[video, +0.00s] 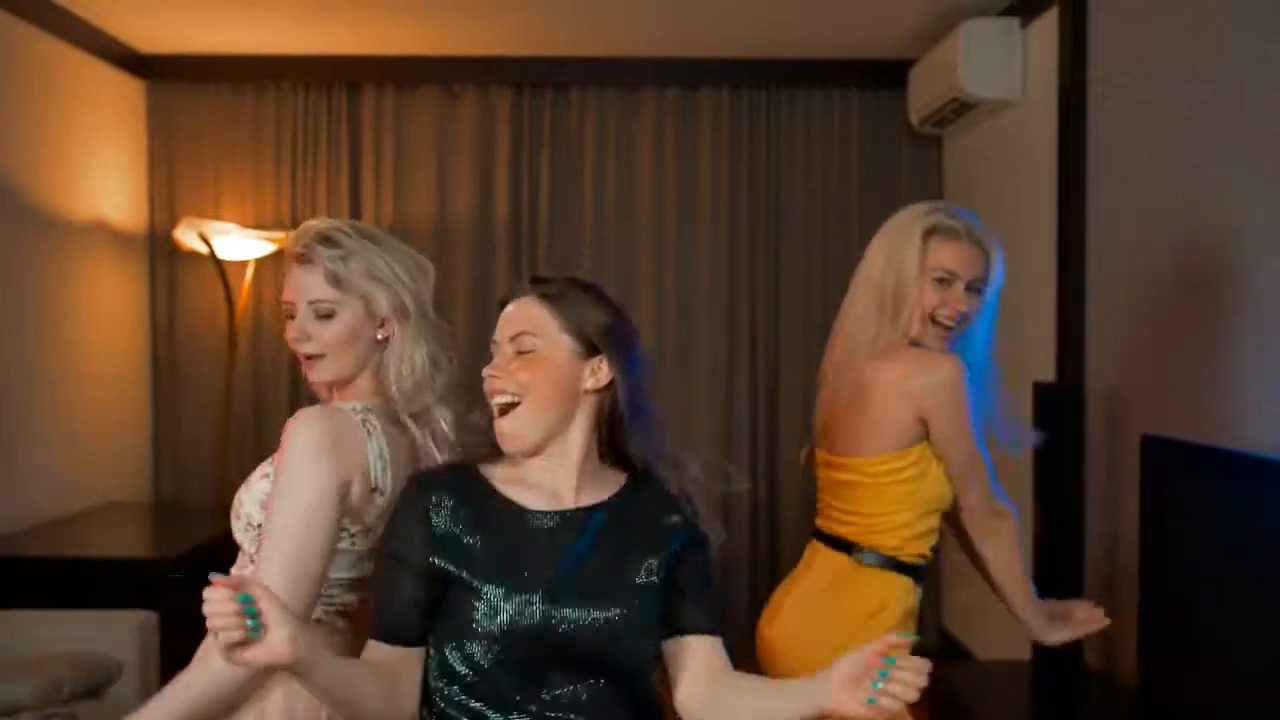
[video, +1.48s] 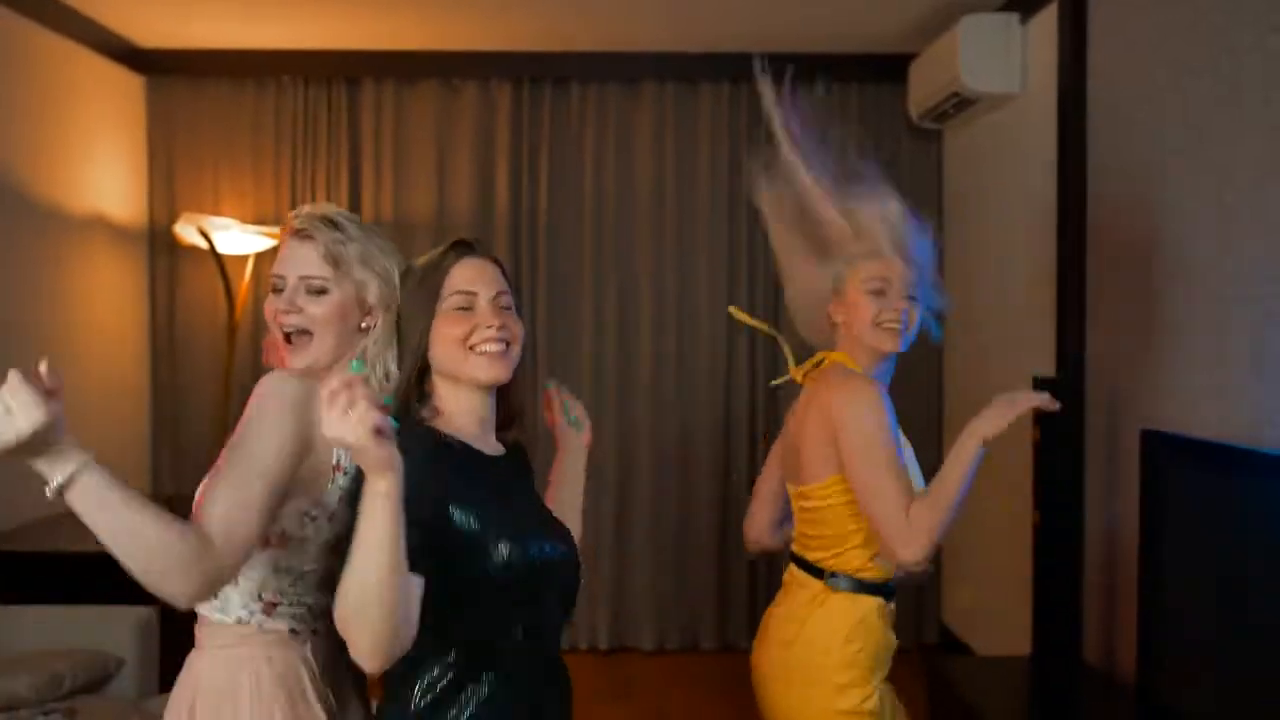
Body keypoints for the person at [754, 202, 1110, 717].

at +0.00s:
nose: (959, 305)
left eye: (973, 290)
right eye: (942, 281)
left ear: (984, 297)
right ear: (899, 275)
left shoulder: (847, 362)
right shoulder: (932, 373)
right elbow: (982, 513)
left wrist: (1029, 610)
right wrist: (1037, 620)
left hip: (799, 619)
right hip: (861, 636)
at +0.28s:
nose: (962, 310)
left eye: (976, 297)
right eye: (946, 286)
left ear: (985, 307)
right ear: (904, 279)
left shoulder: (853, 370)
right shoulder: (924, 378)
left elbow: (977, 507)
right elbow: (1011, 497)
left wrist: (1066, 572)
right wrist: (1095, 578)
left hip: (816, 633)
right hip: (855, 651)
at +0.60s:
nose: (975, 309)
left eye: (986, 297)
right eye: (961, 284)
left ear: (993, 306)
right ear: (915, 273)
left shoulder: (859, 371)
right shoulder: (913, 377)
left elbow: (957, 469)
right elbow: (1068, 463)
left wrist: (1054, 435)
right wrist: (1101, 397)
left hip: (815, 616)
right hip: (846, 637)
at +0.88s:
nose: (981, 336)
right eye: (976, 317)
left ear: (860, 308)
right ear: (957, 329)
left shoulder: (825, 393)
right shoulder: (954, 463)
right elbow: (1027, 608)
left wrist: (991, 432)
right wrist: (1078, 493)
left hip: (786, 643)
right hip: (863, 679)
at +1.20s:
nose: (998, 465)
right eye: (1003, 451)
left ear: (941, 362)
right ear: (981, 437)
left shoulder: (797, 396)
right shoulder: (924, 499)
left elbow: (716, 489)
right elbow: (941, 646)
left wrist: (790, 543)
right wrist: (983, 587)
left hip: (780, 660)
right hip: (861, 684)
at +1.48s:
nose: (897, 309)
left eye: (909, 297)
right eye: (877, 291)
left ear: (919, 315)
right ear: (836, 310)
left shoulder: (818, 392)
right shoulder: (853, 395)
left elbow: (761, 530)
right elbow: (911, 542)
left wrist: (862, 528)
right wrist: (978, 433)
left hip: (802, 647)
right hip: (828, 663)